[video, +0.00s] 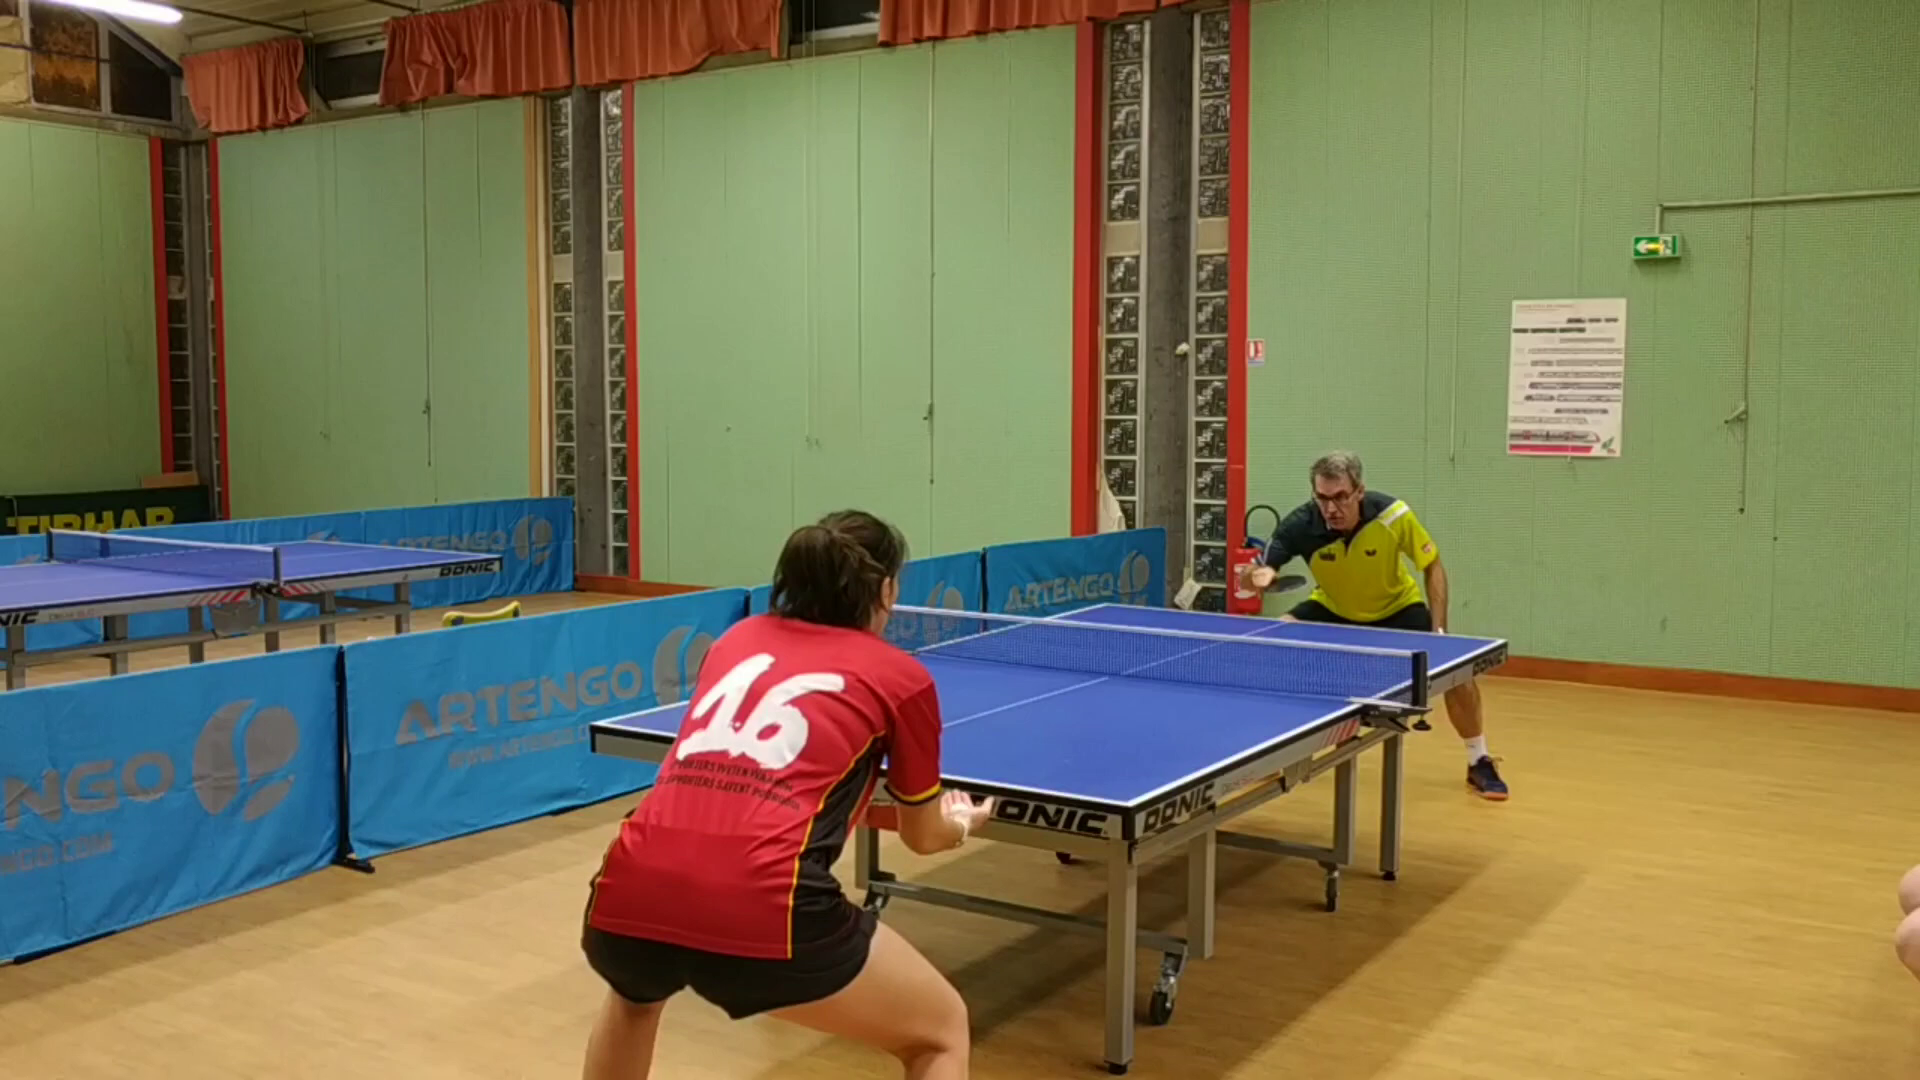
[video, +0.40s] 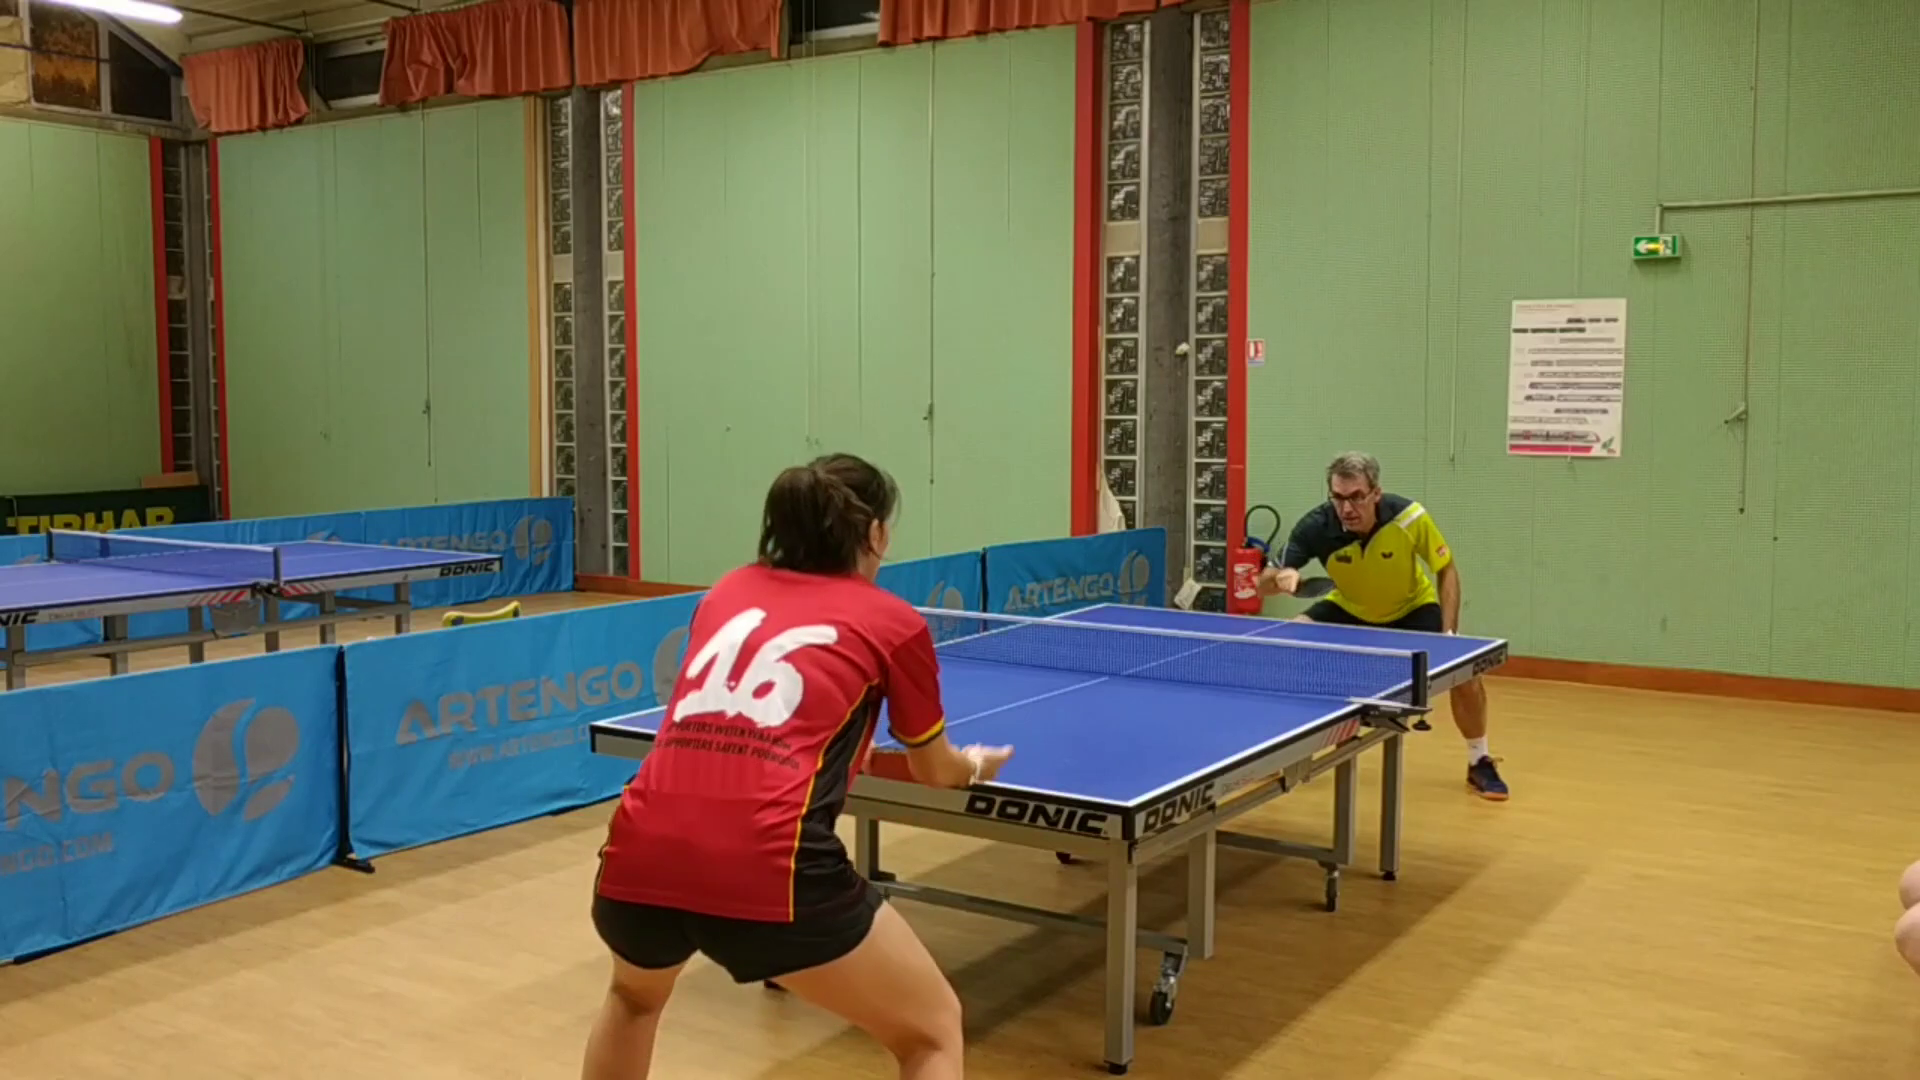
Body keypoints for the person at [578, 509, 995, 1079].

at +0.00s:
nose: (897, 598)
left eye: (895, 582)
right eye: (897, 584)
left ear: (799, 580)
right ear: (883, 594)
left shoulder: (734, 639)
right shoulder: (902, 677)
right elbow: (924, 834)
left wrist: (852, 795)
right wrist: (956, 823)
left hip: (627, 912)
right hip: (765, 924)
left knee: (633, 993)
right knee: (939, 1032)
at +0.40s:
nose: (888, 540)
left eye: (889, 525)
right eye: (888, 525)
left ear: (788, 526)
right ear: (872, 535)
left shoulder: (728, 589)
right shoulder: (891, 621)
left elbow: (721, 713)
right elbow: (936, 770)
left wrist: (836, 743)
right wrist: (971, 765)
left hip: (639, 866)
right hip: (770, 877)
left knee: (630, 1000)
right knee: (930, 1034)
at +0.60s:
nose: (877, 491)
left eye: (876, 477)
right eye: (874, 477)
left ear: (778, 482)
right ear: (850, 485)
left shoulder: (720, 551)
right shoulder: (859, 561)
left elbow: (750, 673)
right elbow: (962, 671)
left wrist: (869, 708)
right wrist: (994, 597)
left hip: (630, 838)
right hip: (746, 847)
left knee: (651, 996)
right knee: (902, 1032)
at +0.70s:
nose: (863, 467)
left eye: (861, 452)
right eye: (859, 451)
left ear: (772, 456)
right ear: (829, 457)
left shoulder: (710, 533)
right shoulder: (824, 525)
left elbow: (763, 686)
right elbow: (963, 620)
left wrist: (891, 700)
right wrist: (1008, 586)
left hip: (620, 811)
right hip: (726, 815)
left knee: (661, 990)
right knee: (874, 1027)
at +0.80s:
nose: (853, 445)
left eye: (850, 429)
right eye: (844, 429)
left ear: (775, 441)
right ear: (809, 438)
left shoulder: (700, 513)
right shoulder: (791, 501)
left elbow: (757, 668)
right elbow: (945, 579)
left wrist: (887, 684)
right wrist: (1008, 596)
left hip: (604, 782)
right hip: (703, 782)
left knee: (656, 989)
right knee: (857, 1001)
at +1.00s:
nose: (865, 458)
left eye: (864, 442)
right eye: (858, 440)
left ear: (789, 442)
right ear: (816, 444)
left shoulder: (704, 510)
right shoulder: (786, 501)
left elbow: (720, 683)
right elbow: (935, 558)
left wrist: (819, 653)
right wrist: (1000, 602)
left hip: (593, 783)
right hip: (691, 780)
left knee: (653, 987)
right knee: (890, 902)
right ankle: (797, 1070)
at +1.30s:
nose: (936, 471)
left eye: (937, 457)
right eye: (936, 456)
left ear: (841, 453)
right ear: (917, 462)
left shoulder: (776, 514)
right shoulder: (886, 532)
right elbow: (1051, 601)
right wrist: (998, 635)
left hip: (660, 794)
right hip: (764, 802)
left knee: (676, 992)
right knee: (918, 994)